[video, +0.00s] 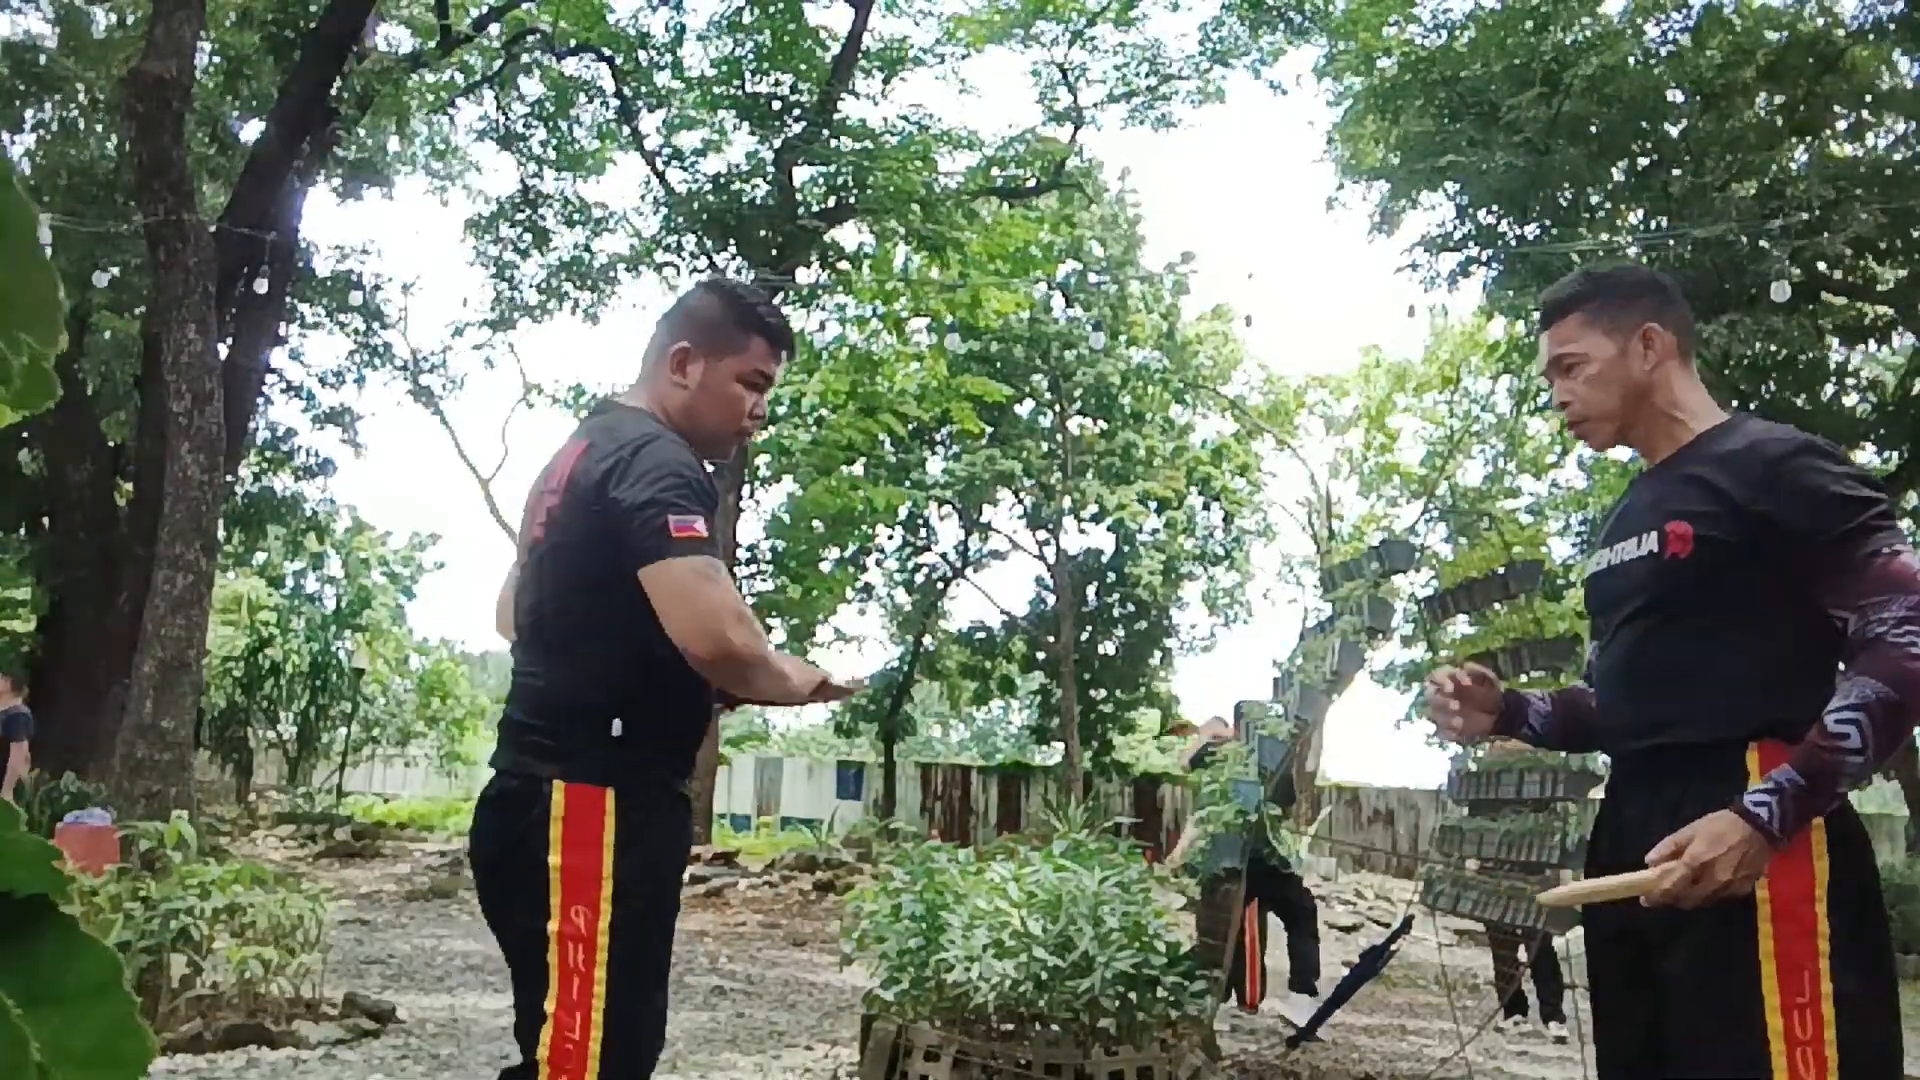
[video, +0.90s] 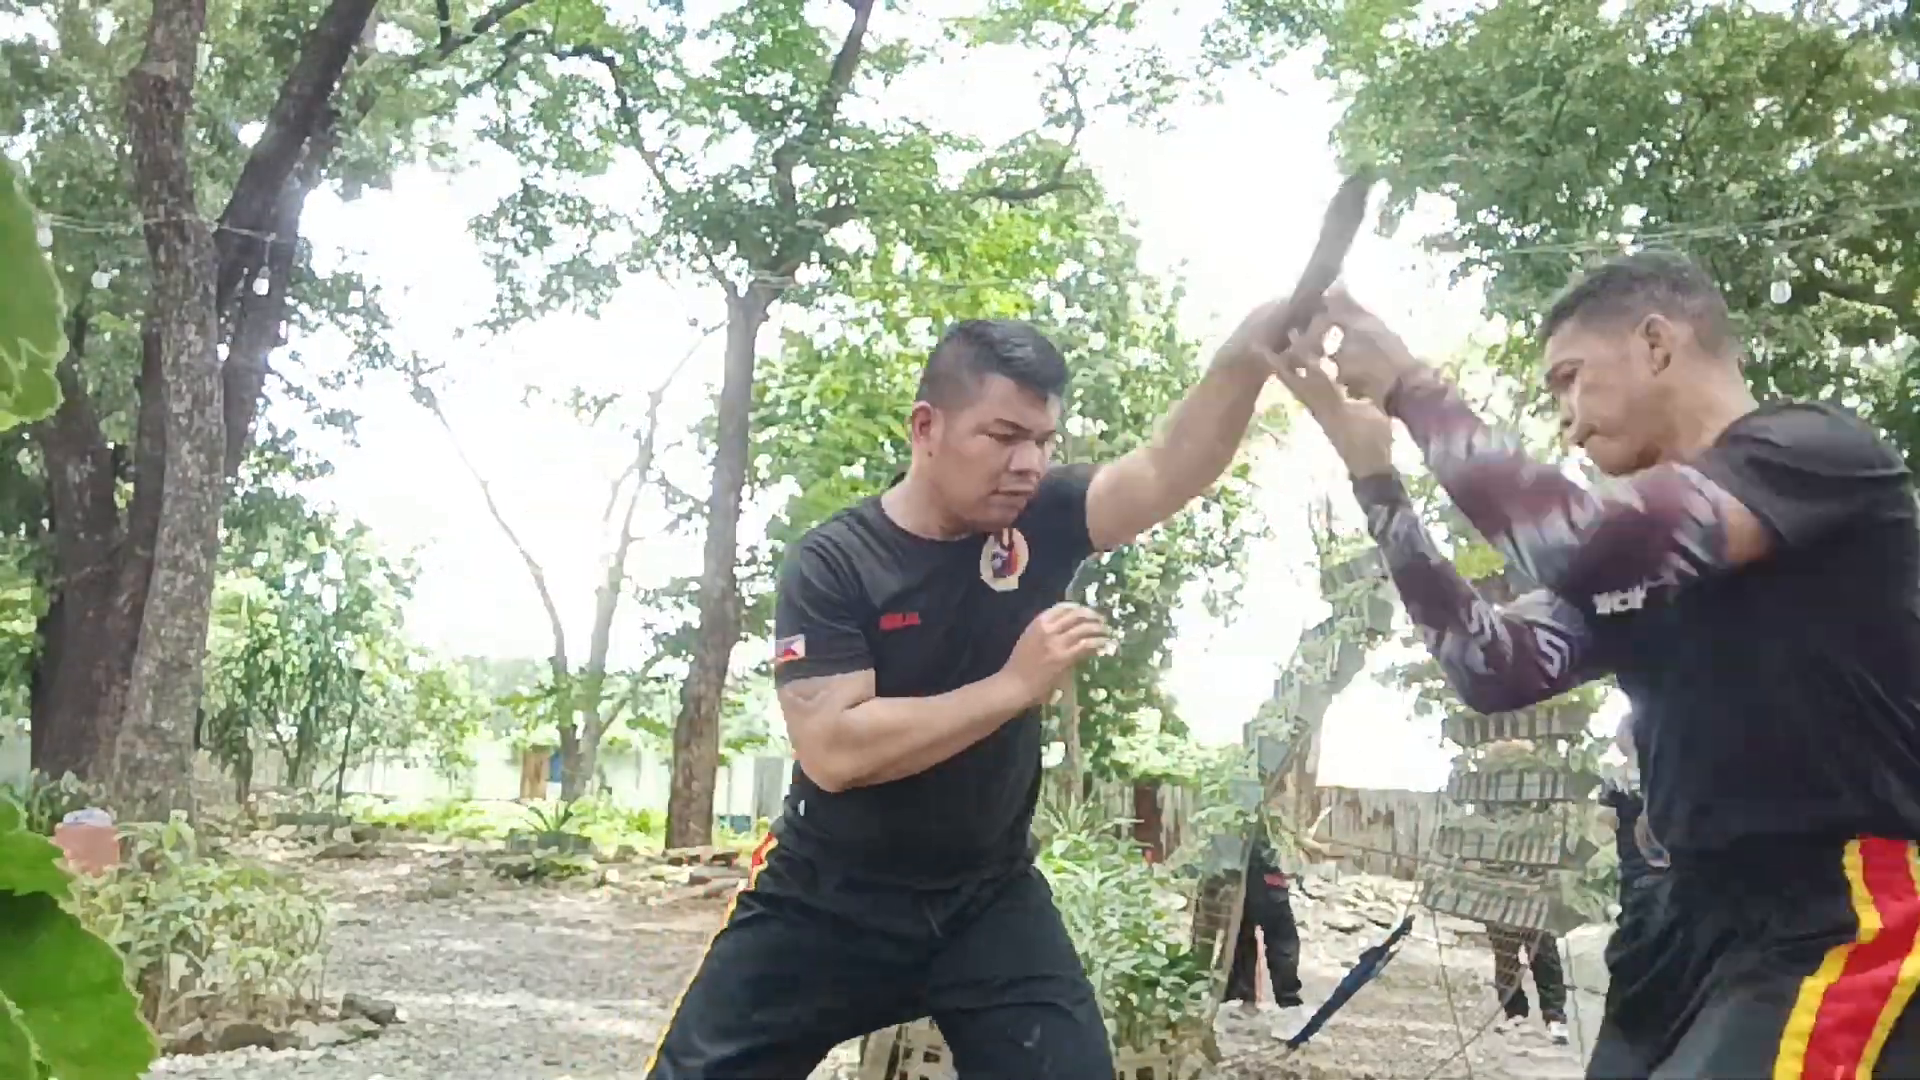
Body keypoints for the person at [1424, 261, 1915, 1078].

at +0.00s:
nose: (1557, 400)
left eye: (1572, 368)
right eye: (1551, 380)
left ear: (1651, 348)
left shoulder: (1774, 463)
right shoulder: (1626, 515)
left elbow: (1905, 634)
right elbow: (1630, 703)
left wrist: (1768, 813)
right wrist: (1511, 711)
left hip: (1764, 835)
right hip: (1633, 842)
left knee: (1776, 1061)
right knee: (1639, 1062)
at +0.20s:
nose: (1509, 487)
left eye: (1509, 456)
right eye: (1498, 467)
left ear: (1578, 412)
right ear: (1577, 414)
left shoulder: (1719, 478)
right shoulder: (1601, 556)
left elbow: (1893, 602)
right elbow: (1575, 742)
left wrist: (1763, 802)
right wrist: (1513, 635)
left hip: (1774, 843)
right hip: (1663, 850)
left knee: (1721, 1065)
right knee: (1628, 1063)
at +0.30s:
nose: (1493, 546)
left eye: (1483, 516)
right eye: (1477, 528)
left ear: (1537, 470)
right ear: (1542, 472)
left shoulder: (1665, 513)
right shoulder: (1627, 574)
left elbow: (1738, 627)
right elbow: (1603, 780)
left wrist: (1613, 833)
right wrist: (1535, 647)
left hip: (1768, 858)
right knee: (1634, 1061)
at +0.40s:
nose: (1488, 562)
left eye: (1477, 534)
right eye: (1472, 544)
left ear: (1519, 486)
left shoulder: (1591, 526)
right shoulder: (1703, 527)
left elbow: (1507, 704)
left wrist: (1421, 882)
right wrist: (1666, 804)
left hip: (1755, 867)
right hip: (1870, 857)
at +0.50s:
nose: (1501, 533)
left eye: (1495, 511)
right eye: (1494, 518)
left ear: (1524, 472)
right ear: (1609, 447)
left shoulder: (1534, 545)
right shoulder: (1802, 501)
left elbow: (1406, 715)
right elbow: (1871, 684)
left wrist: (1401, 825)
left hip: (1712, 875)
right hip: (1892, 851)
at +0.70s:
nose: (1596, 416)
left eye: (1593, 397)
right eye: (1589, 404)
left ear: (1633, 363)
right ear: (1740, 370)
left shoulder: (1622, 446)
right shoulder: (1879, 515)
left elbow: (1471, 470)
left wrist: (1526, 412)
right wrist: (1575, 683)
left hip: (1639, 896)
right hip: (1822, 905)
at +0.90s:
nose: (1566, 424)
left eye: (1570, 380)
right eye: (1557, 398)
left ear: (1658, 341)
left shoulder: (1826, 448)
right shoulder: (1649, 540)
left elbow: (1590, 545)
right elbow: (1494, 666)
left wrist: (1409, 384)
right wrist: (1373, 473)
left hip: (1844, 922)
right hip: (1692, 924)